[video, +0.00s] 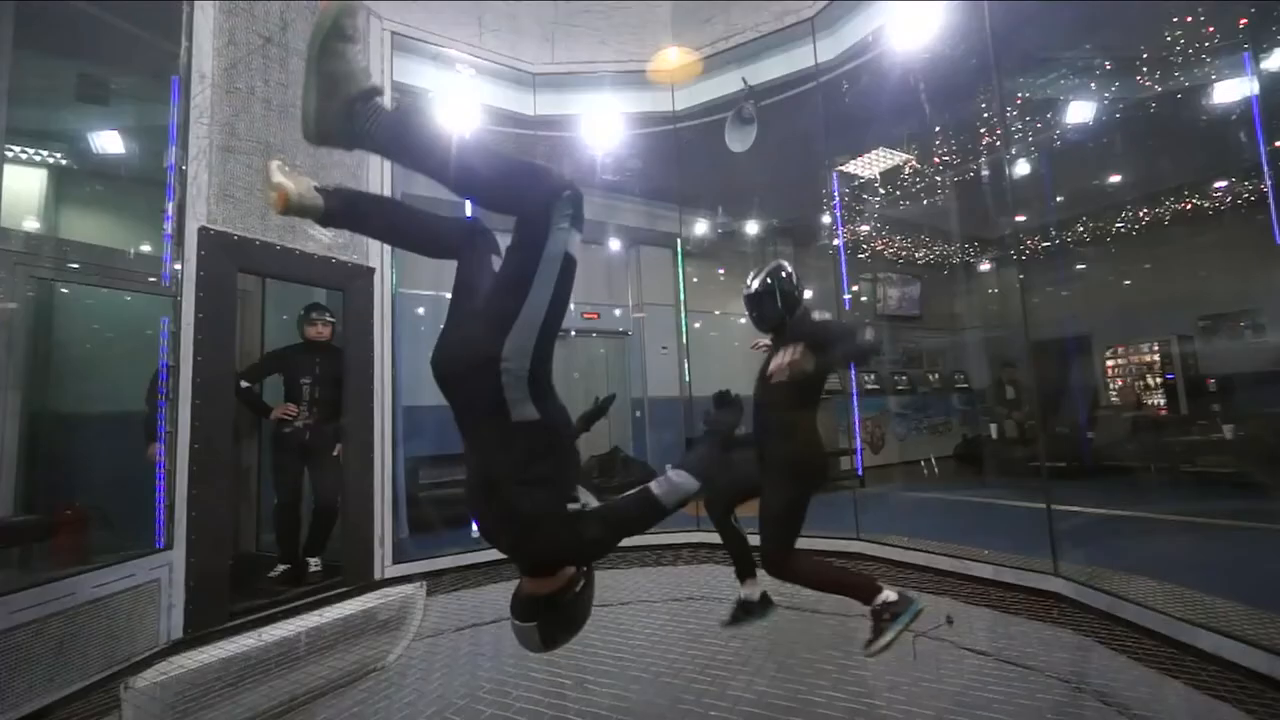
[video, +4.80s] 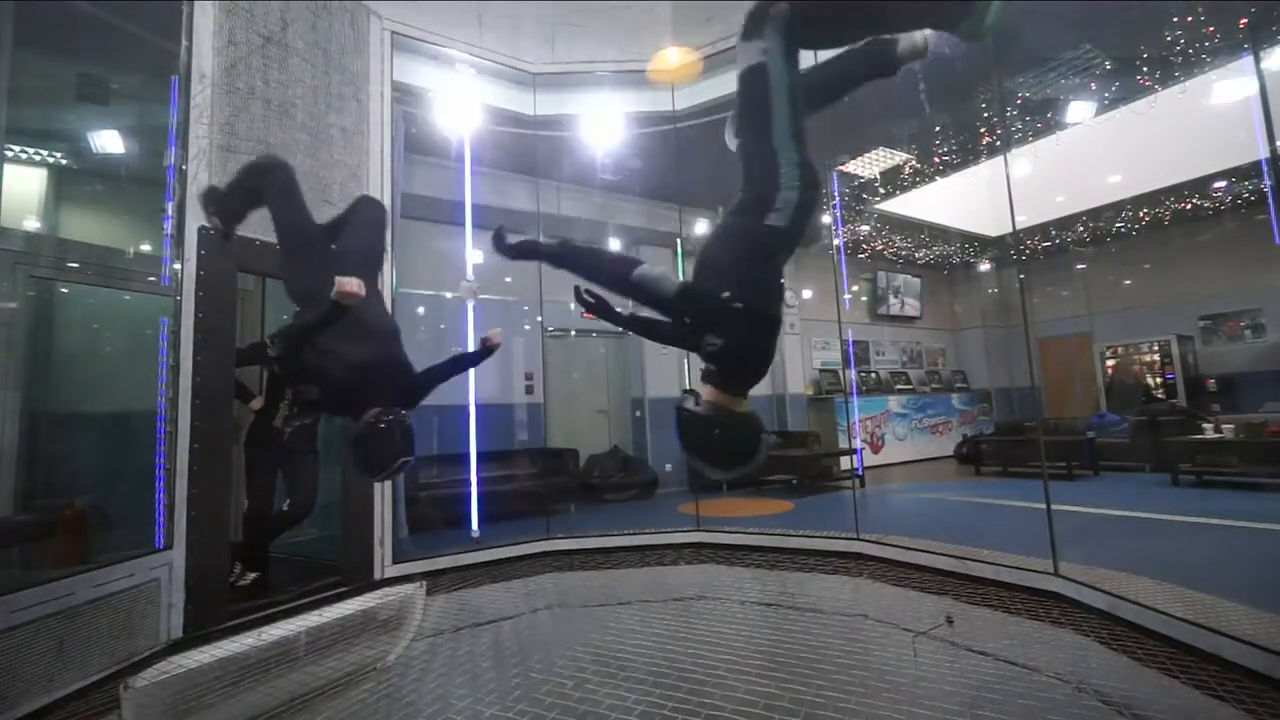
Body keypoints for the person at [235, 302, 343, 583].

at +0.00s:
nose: (320, 328)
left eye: (325, 323)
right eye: (314, 323)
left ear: (333, 328)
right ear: (302, 327)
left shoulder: (341, 359)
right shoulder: (287, 356)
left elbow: (352, 400)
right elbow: (243, 383)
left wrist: (344, 438)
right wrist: (268, 411)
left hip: (325, 439)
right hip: (289, 438)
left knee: (329, 501)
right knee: (287, 500)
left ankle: (313, 556)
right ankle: (286, 561)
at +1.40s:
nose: (319, 327)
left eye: (325, 322)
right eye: (313, 322)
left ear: (333, 327)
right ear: (302, 326)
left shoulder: (341, 359)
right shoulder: (287, 356)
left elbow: (355, 400)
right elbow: (243, 383)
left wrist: (346, 437)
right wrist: (269, 410)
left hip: (326, 439)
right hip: (289, 439)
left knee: (328, 502)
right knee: (288, 500)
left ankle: (313, 555)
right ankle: (288, 561)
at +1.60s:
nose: (324, 328)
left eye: (329, 323)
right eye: (317, 321)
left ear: (333, 328)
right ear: (301, 323)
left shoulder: (333, 359)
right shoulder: (278, 349)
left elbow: (321, 394)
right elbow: (223, 359)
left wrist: (294, 374)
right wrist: (248, 396)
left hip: (300, 442)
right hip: (265, 438)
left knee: (302, 505)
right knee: (261, 505)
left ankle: (243, 553)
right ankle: (254, 572)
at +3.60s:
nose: (321, 324)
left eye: (326, 320)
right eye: (314, 319)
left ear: (331, 326)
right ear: (300, 323)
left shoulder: (334, 357)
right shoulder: (279, 348)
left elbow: (333, 392)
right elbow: (224, 361)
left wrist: (292, 373)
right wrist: (250, 398)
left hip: (302, 441)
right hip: (264, 436)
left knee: (302, 505)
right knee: (259, 504)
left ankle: (242, 553)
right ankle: (254, 569)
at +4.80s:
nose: (309, 326)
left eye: (316, 322)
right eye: (306, 318)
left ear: (325, 328)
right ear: (298, 318)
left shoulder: (330, 359)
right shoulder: (280, 346)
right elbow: (223, 362)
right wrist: (248, 398)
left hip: (301, 437)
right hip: (265, 434)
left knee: (302, 505)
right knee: (259, 506)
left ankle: (242, 554)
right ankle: (256, 571)